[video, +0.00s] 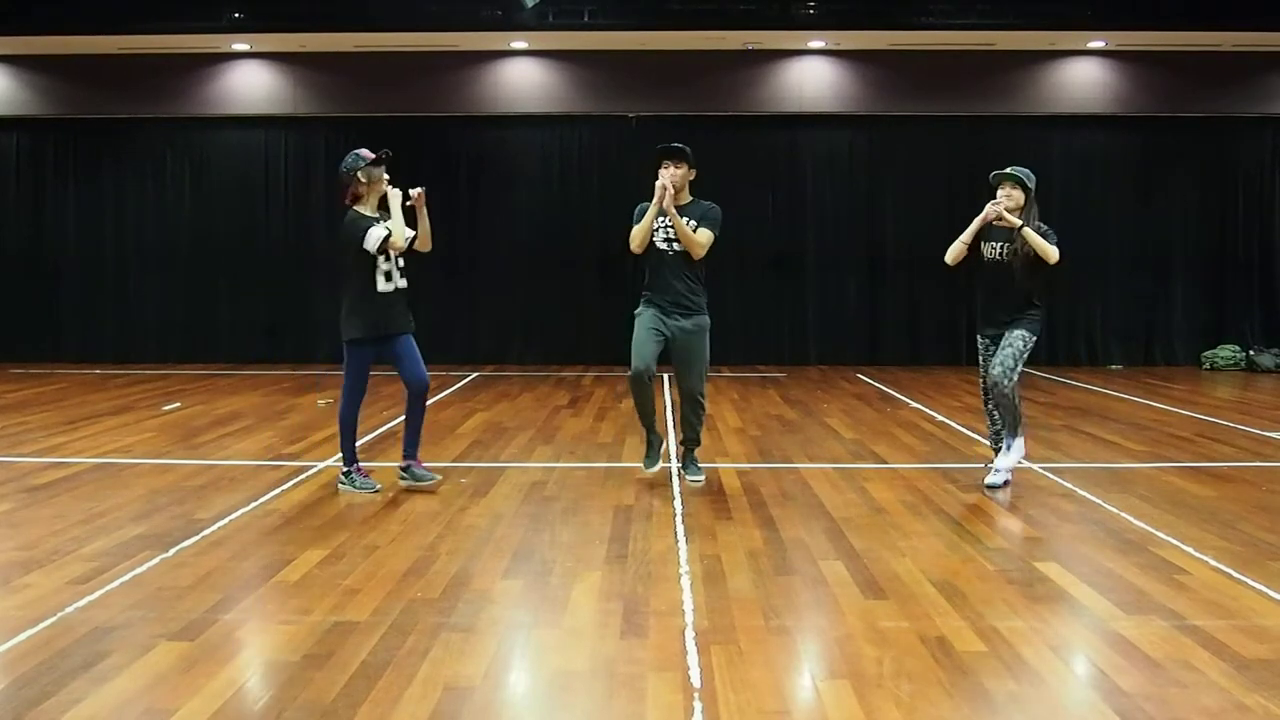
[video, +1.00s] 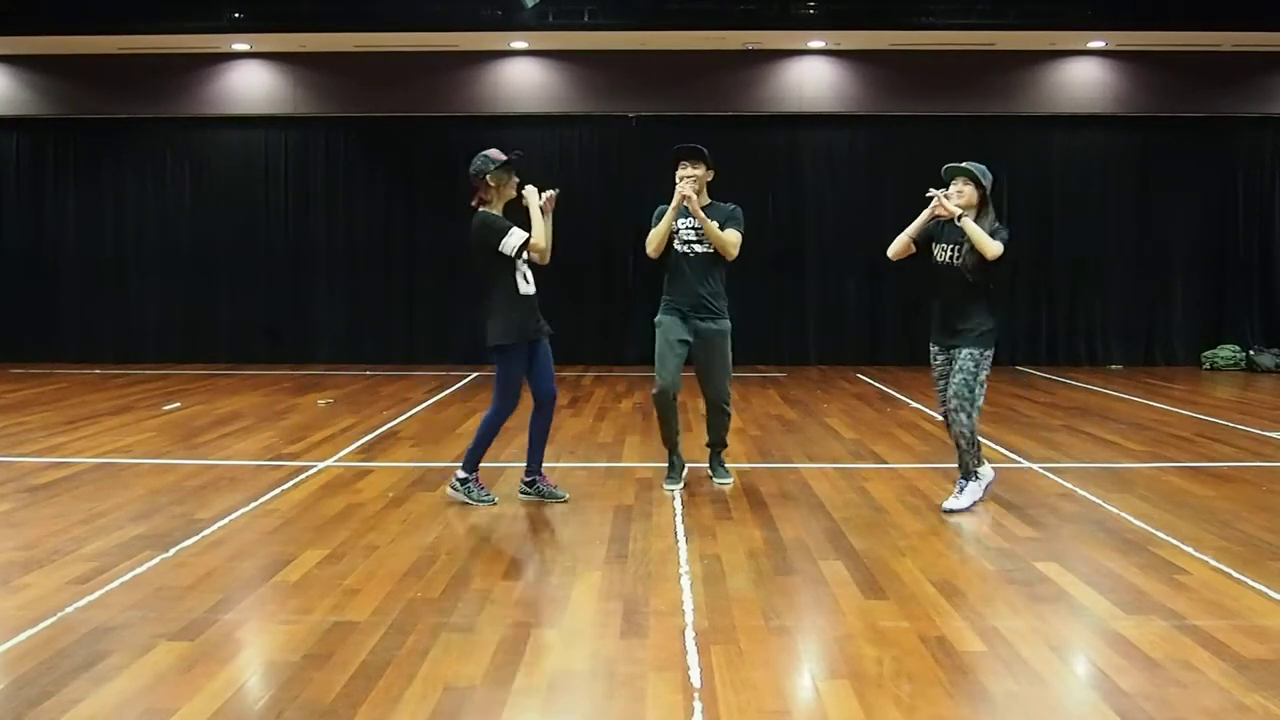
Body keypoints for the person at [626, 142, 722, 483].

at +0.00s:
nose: (669, 172)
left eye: (677, 166)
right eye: (664, 166)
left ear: (690, 173)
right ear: (658, 173)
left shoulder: (708, 211)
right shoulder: (645, 210)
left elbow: (697, 249)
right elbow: (636, 246)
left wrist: (671, 211)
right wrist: (657, 204)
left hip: (692, 315)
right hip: (652, 310)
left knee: (693, 390)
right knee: (639, 370)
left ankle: (690, 453)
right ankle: (651, 437)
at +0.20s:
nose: (673, 176)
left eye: (679, 171)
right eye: (667, 171)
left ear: (688, 180)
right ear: (656, 178)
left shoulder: (703, 219)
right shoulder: (640, 217)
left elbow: (700, 256)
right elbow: (648, 251)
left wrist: (678, 216)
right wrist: (665, 210)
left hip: (696, 315)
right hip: (655, 317)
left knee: (718, 371)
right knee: (652, 393)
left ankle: (700, 431)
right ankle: (658, 458)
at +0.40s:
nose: (680, 172)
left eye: (686, 168)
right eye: (674, 167)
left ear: (693, 178)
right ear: (661, 174)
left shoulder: (707, 212)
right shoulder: (645, 211)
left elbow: (717, 244)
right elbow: (652, 239)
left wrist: (693, 205)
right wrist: (672, 200)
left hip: (702, 309)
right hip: (660, 315)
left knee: (731, 354)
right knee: (655, 390)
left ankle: (712, 422)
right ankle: (659, 457)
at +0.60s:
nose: (693, 176)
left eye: (699, 172)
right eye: (687, 171)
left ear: (706, 181)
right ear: (675, 178)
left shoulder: (722, 221)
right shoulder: (658, 216)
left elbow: (721, 258)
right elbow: (656, 249)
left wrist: (701, 215)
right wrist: (682, 209)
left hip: (707, 317)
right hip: (666, 315)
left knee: (717, 393)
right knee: (657, 391)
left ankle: (718, 456)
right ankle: (659, 456)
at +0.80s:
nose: (694, 174)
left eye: (701, 169)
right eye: (688, 168)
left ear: (712, 177)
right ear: (680, 176)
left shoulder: (730, 216)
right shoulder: (666, 213)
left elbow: (726, 250)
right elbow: (658, 247)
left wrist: (700, 209)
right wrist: (682, 205)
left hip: (712, 317)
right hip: (673, 308)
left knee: (718, 394)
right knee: (653, 356)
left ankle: (716, 457)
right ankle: (669, 420)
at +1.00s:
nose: (687, 173)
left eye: (694, 168)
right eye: (682, 168)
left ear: (708, 175)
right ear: (675, 175)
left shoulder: (728, 212)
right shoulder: (664, 212)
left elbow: (731, 250)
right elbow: (652, 250)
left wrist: (698, 213)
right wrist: (674, 208)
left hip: (713, 317)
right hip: (673, 315)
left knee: (719, 397)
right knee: (664, 389)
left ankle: (717, 457)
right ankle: (674, 460)